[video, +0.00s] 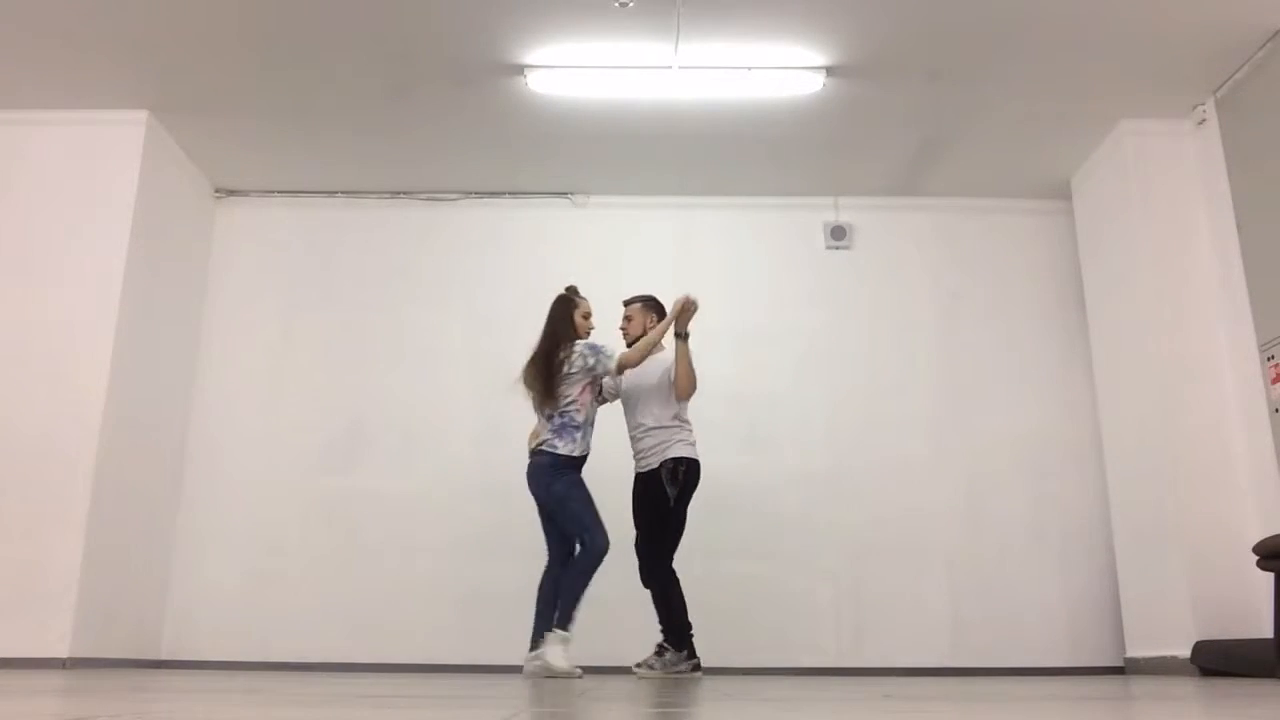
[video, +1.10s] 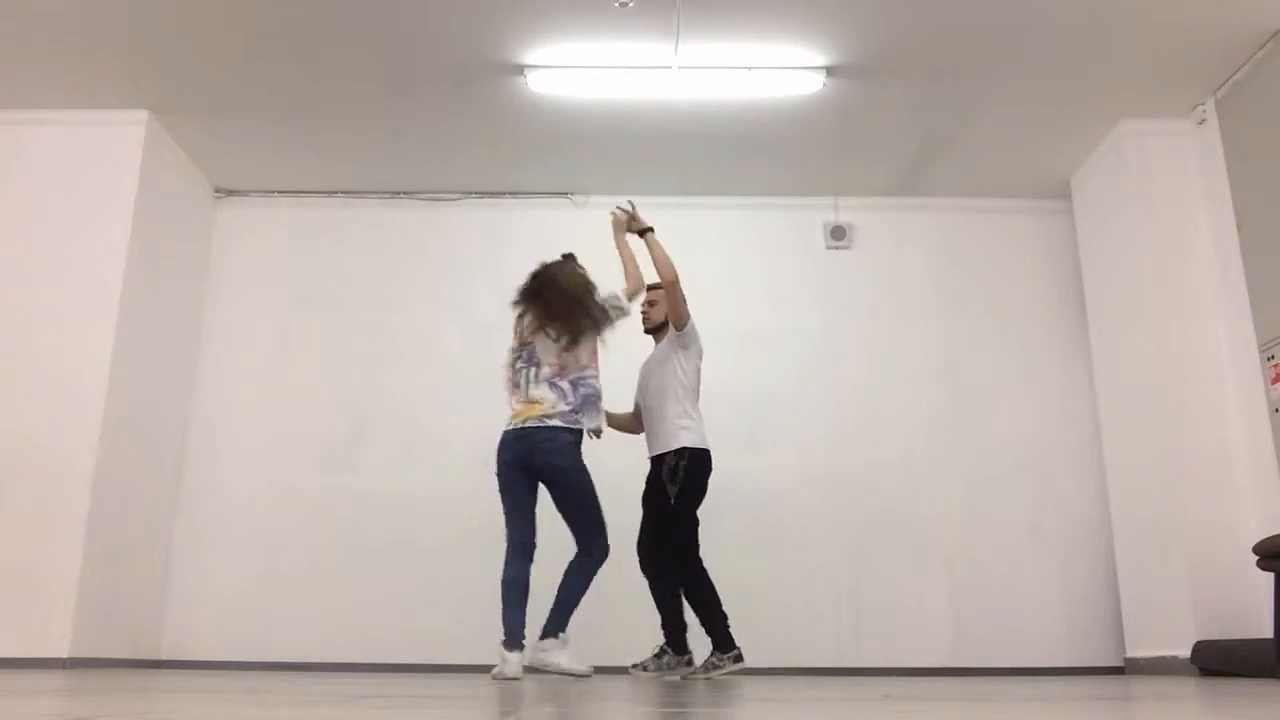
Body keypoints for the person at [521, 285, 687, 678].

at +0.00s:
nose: (592, 323)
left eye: (592, 316)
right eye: (587, 317)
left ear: (563, 320)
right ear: (571, 319)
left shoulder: (557, 358)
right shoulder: (581, 351)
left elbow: (590, 396)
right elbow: (630, 357)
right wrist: (669, 323)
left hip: (545, 469)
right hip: (558, 470)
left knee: (560, 556)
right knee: (595, 544)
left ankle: (538, 651)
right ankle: (557, 637)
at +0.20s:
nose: (601, 317)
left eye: (599, 311)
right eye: (593, 312)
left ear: (571, 318)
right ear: (574, 314)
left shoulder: (559, 353)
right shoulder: (589, 343)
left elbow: (600, 398)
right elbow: (638, 326)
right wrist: (659, 277)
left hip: (543, 465)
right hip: (563, 467)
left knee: (545, 558)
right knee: (600, 549)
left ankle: (537, 652)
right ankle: (578, 649)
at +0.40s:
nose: (590, 300)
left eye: (591, 296)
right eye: (581, 295)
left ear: (590, 308)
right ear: (563, 302)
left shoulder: (584, 350)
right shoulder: (560, 335)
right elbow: (581, 287)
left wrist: (604, 380)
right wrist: (596, 238)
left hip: (577, 462)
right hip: (551, 460)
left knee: (608, 544)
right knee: (585, 544)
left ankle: (559, 621)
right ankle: (574, 647)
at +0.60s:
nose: (567, 302)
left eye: (576, 295)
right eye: (561, 295)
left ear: (588, 298)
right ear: (552, 297)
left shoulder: (606, 341)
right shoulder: (536, 332)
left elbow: (623, 397)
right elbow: (513, 278)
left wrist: (576, 390)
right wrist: (557, 244)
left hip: (583, 445)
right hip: (540, 443)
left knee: (554, 519)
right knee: (552, 535)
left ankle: (583, 613)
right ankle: (571, 637)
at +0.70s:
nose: (563, 298)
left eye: (572, 290)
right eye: (557, 291)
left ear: (584, 295)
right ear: (548, 295)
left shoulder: (590, 334)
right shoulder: (542, 329)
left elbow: (592, 383)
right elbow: (519, 290)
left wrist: (548, 386)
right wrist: (556, 264)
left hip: (576, 445)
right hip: (550, 444)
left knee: (531, 533)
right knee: (555, 552)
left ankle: (538, 643)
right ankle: (599, 647)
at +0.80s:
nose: (548, 293)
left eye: (557, 287)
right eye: (544, 288)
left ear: (575, 292)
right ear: (545, 292)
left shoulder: (553, 327)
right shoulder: (577, 328)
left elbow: (525, 381)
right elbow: (577, 294)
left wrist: (535, 373)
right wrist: (593, 268)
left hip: (552, 450)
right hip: (576, 451)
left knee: (515, 543)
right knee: (545, 551)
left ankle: (526, 650)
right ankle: (593, 643)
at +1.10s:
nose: (589, 290)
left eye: (582, 285)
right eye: (586, 285)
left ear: (539, 291)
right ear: (582, 291)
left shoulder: (523, 323)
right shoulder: (589, 319)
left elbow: (512, 384)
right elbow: (635, 288)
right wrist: (622, 236)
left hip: (513, 442)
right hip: (558, 443)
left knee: (518, 548)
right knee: (593, 547)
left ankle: (511, 652)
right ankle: (551, 643)